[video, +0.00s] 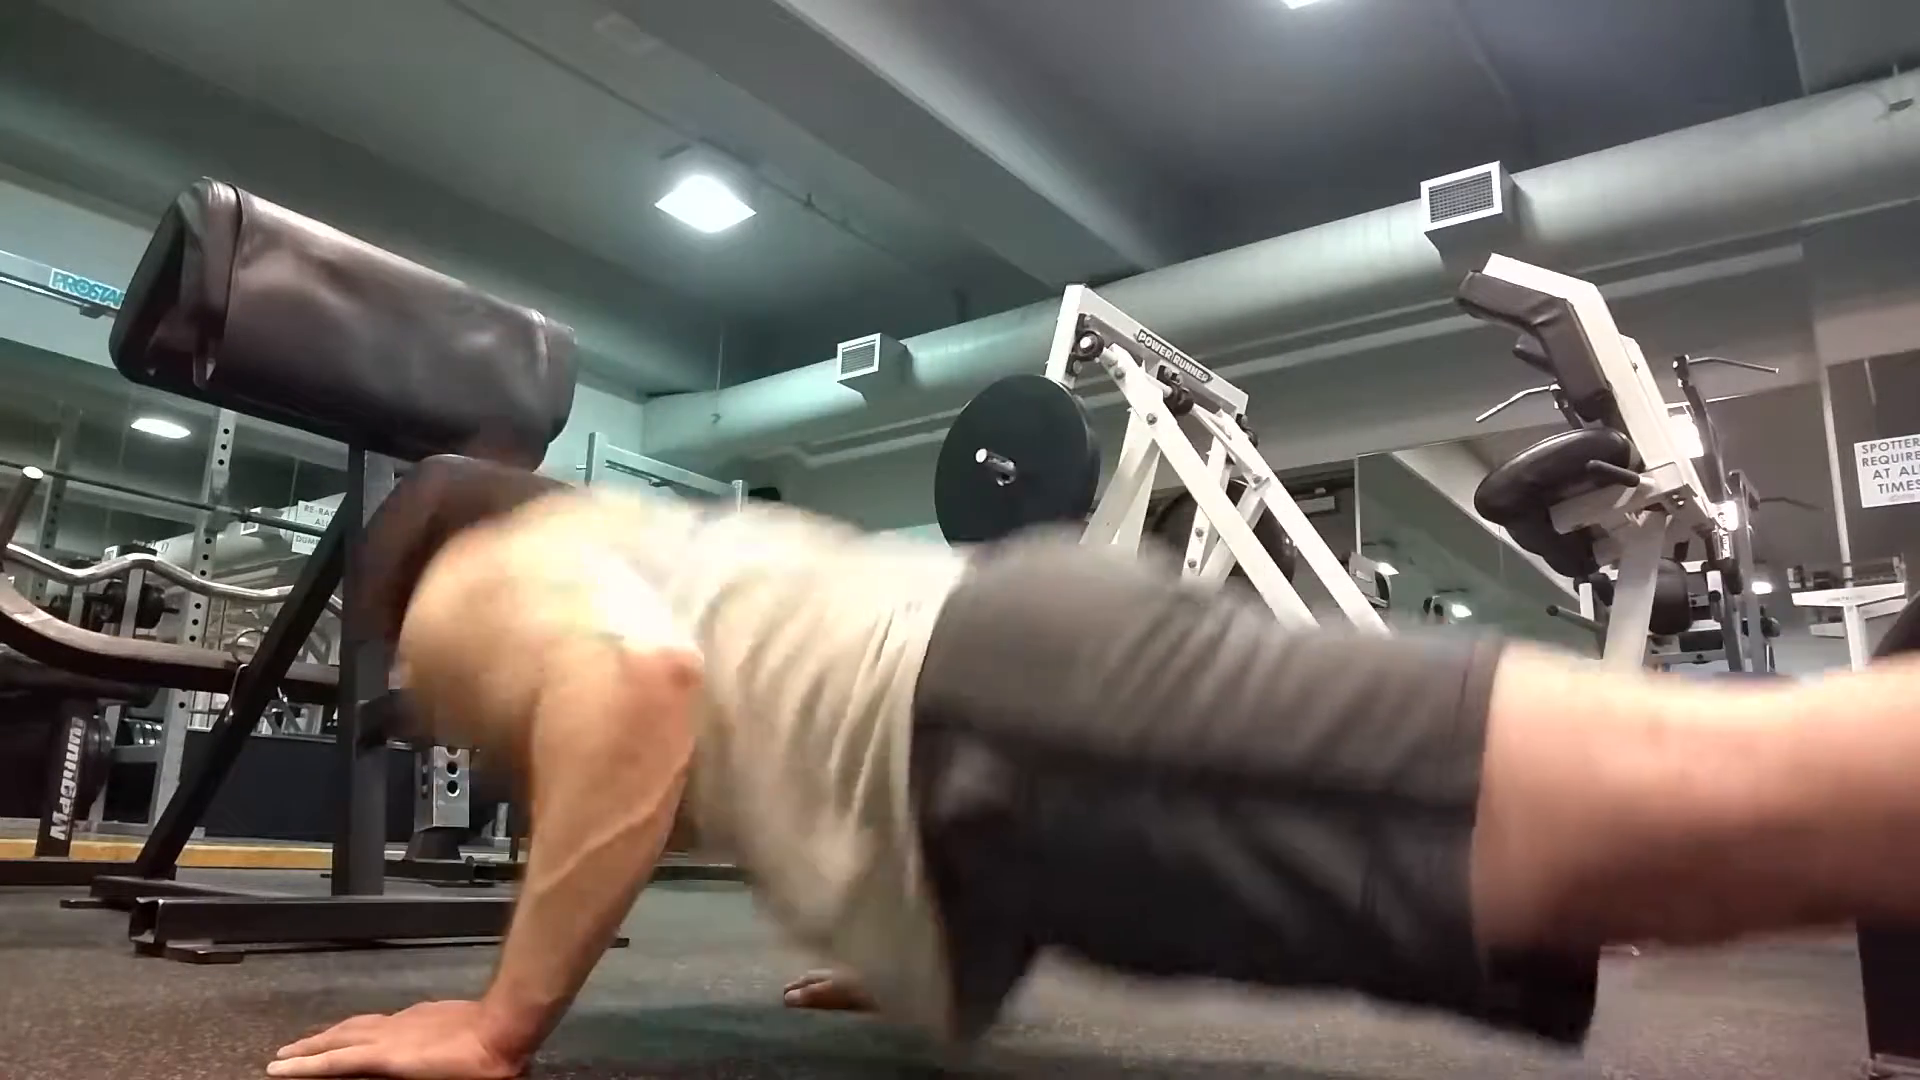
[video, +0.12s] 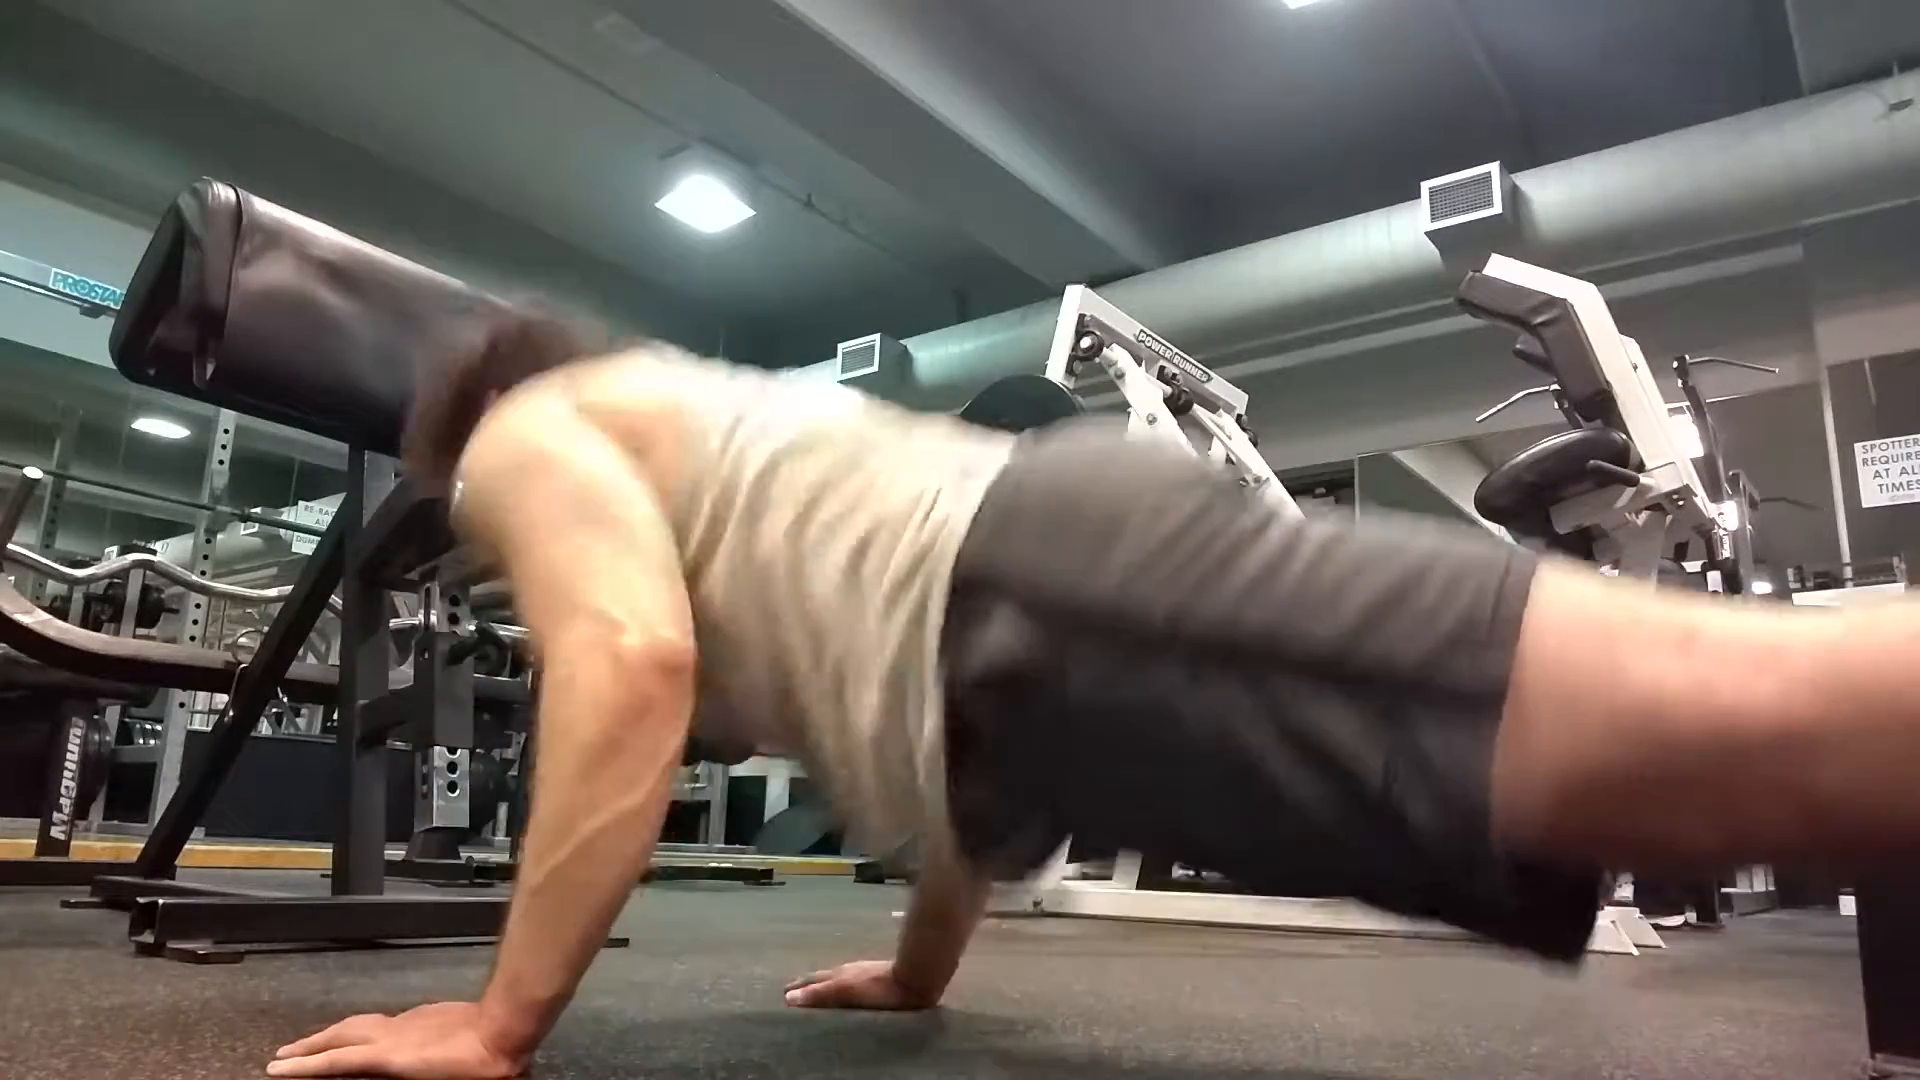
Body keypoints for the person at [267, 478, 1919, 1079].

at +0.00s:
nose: (405, 674)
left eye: (392, 639)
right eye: (399, 651)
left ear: (408, 576)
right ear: (519, 500)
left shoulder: (472, 577)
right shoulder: (659, 538)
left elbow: (628, 693)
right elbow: (849, 645)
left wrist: (494, 1019)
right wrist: (879, 932)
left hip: (995, 715)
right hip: (1029, 687)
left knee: (1712, 812)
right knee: (1704, 805)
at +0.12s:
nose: (451, 518)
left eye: (445, 482)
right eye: (449, 496)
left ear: (463, 416)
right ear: (576, 372)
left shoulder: (530, 432)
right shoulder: (743, 436)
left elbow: (625, 656)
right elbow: (939, 695)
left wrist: (499, 1018)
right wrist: (924, 963)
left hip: (1024, 591)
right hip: (1050, 604)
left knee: (1746, 736)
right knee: (1738, 741)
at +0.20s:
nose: (490, 457)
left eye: (483, 420)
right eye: (488, 431)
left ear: (515, 352)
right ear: (625, 321)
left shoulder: (552, 385)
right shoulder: (789, 417)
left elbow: (622, 653)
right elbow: (939, 706)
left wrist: (499, 1015)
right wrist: (924, 958)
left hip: (1041, 546)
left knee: (1762, 695)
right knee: (1758, 740)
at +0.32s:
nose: (469, 467)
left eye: (464, 436)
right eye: (469, 441)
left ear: (493, 383)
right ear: (615, 346)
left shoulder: (543, 419)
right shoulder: (771, 434)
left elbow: (640, 657)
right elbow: (950, 719)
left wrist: (497, 1015)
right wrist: (925, 960)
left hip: (1036, 571)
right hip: (1071, 591)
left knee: (1768, 710)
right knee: (1763, 735)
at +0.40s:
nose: (403, 514)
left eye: (401, 483)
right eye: (397, 486)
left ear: (434, 450)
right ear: (554, 394)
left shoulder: (520, 490)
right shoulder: (708, 474)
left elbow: (649, 679)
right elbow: (942, 694)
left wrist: (503, 1020)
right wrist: (927, 964)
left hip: (1031, 646)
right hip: (1065, 628)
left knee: (1757, 762)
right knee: (1744, 752)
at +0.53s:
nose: (390, 689)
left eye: (384, 656)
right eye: (383, 670)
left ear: (411, 592)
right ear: (526, 537)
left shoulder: (470, 628)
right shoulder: (669, 595)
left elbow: (645, 703)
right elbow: (900, 715)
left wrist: (499, 1026)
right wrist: (948, 955)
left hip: (1025, 759)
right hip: (1036, 759)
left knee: (1741, 830)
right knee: (1721, 820)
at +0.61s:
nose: (403, 805)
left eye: (389, 779)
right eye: (406, 791)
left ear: (401, 704)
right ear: (510, 640)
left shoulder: (436, 723)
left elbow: (636, 690)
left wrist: (490, 1013)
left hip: (989, 829)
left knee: (1712, 866)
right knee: (1703, 866)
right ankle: (1871, 931)